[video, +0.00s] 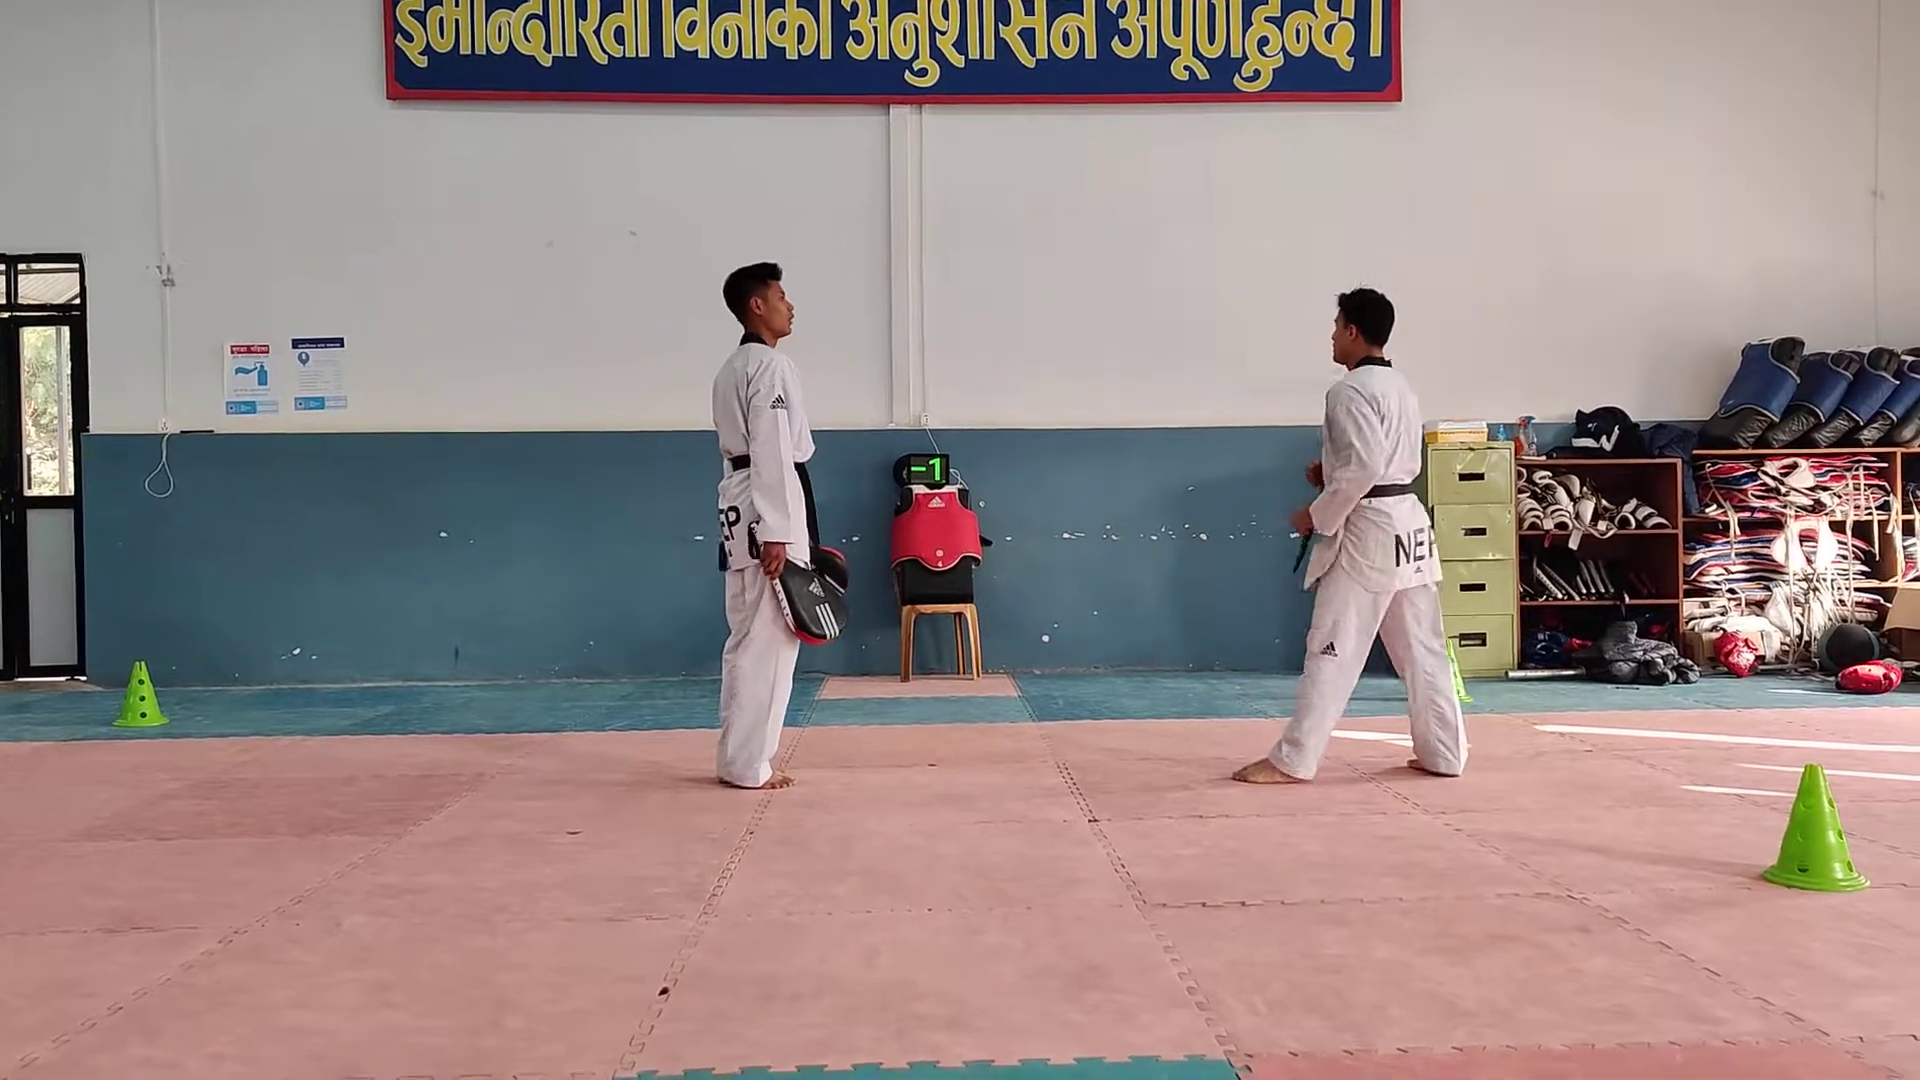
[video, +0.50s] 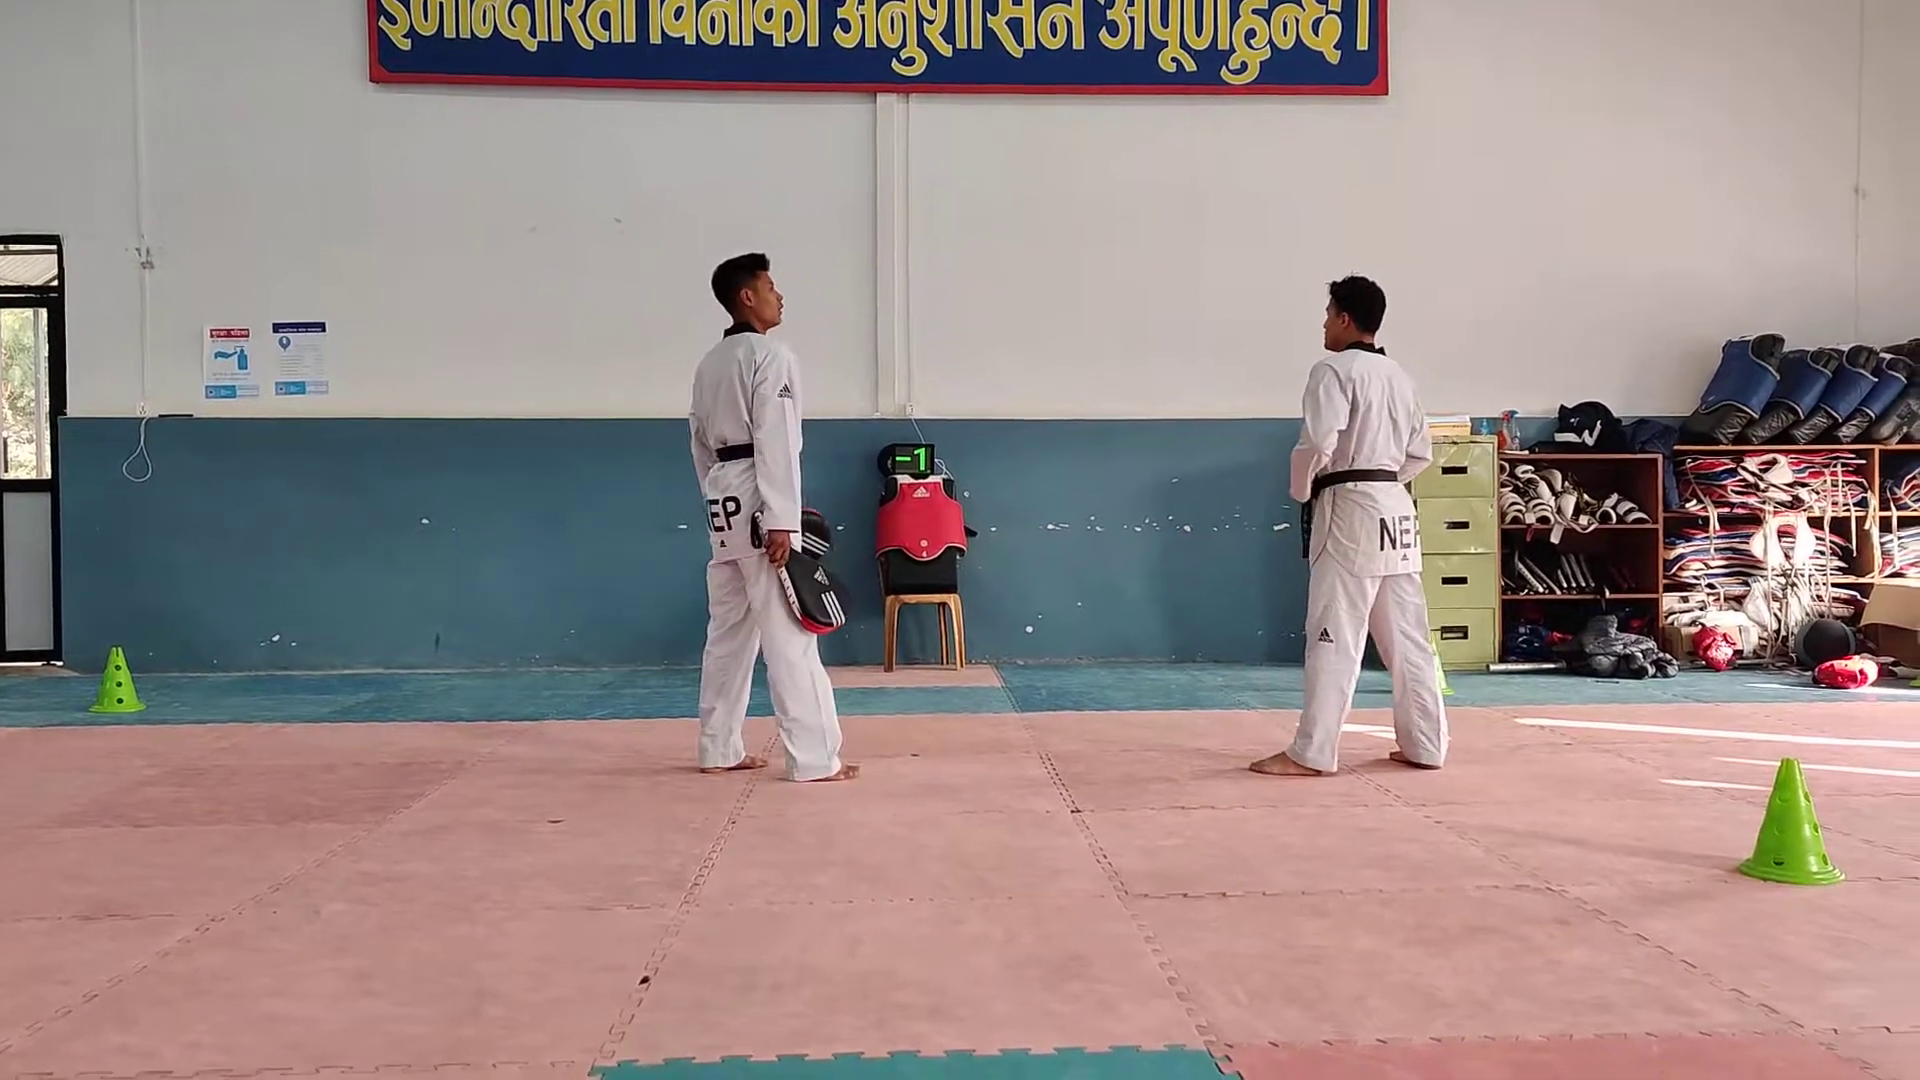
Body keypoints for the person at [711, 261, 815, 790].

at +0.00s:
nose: (790, 305)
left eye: (786, 296)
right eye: (781, 297)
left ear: (751, 308)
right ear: (758, 306)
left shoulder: (732, 368)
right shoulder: (769, 365)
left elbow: (742, 460)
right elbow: (771, 457)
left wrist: (798, 534)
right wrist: (775, 532)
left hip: (739, 513)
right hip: (767, 514)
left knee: (748, 636)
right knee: (769, 638)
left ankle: (740, 757)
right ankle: (748, 763)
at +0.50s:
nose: (780, 295)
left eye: (775, 286)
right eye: (770, 287)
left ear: (740, 300)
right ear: (746, 297)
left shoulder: (709, 364)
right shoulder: (771, 355)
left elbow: (703, 451)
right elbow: (777, 445)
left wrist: (723, 501)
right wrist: (781, 518)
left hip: (722, 507)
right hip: (762, 504)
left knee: (728, 632)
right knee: (790, 633)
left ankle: (720, 749)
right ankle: (815, 758)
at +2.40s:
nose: (619, 288)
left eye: (618, 279)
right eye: (611, 279)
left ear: (590, 283)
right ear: (580, 281)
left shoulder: (606, 353)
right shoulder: (546, 343)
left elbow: (614, 432)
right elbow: (582, 413)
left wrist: (657, 457)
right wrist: (656, 385)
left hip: (595, 482)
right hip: (543, 478)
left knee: (644, 594)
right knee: (484, 595)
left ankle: (692, 704)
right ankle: (414, 705)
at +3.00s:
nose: (535, 267)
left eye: (534, 258)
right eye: (526, 258)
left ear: (510, 262)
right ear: (496, 259)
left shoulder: (529, 323)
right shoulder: (452, 319)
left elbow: (529, 392)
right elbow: (411, 393)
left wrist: (553, 421)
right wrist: (449, 409)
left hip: (516, 462)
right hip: (456, 461)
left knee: (529, 579)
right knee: (392, 564)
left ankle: (520, 700)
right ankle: (316, 664)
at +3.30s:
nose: (446, 287)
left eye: (447, 277)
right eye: (436, 277)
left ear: (439, 282)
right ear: (404, 280)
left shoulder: (453, 345)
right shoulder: (370, 341)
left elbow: (461, 435)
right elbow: (369, 424)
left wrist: (499, 433)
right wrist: (448, 426)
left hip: (445, 477)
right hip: (380, 475)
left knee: (488, 583)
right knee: (322, 586)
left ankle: (550, 689)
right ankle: (249, 690)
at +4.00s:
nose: (506, 313)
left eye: (506, 304)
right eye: (498, 304)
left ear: (479, 307)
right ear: (468, 305)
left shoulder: (496, 363)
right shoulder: (424, 368)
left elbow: (498, 439)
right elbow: (414, 442)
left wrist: (511, 483)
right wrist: (476, 486)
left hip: (485, 492)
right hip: (426, 495)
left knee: (537, 585)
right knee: (398, 601)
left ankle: (583, 691)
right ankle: (370, 707)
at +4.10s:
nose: (544, 323)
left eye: (544, 314)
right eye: (536, 313)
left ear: (516, 318)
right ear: (506, 315)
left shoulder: (524, 377)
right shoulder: (465, 376)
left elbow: (514, 453)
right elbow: (476, 455)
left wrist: (543, 496)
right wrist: (544, 490)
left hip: (511, 505)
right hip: (459, 503)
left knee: (560, 595)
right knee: (420, 606)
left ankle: (619, 689)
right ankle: (379, 708)